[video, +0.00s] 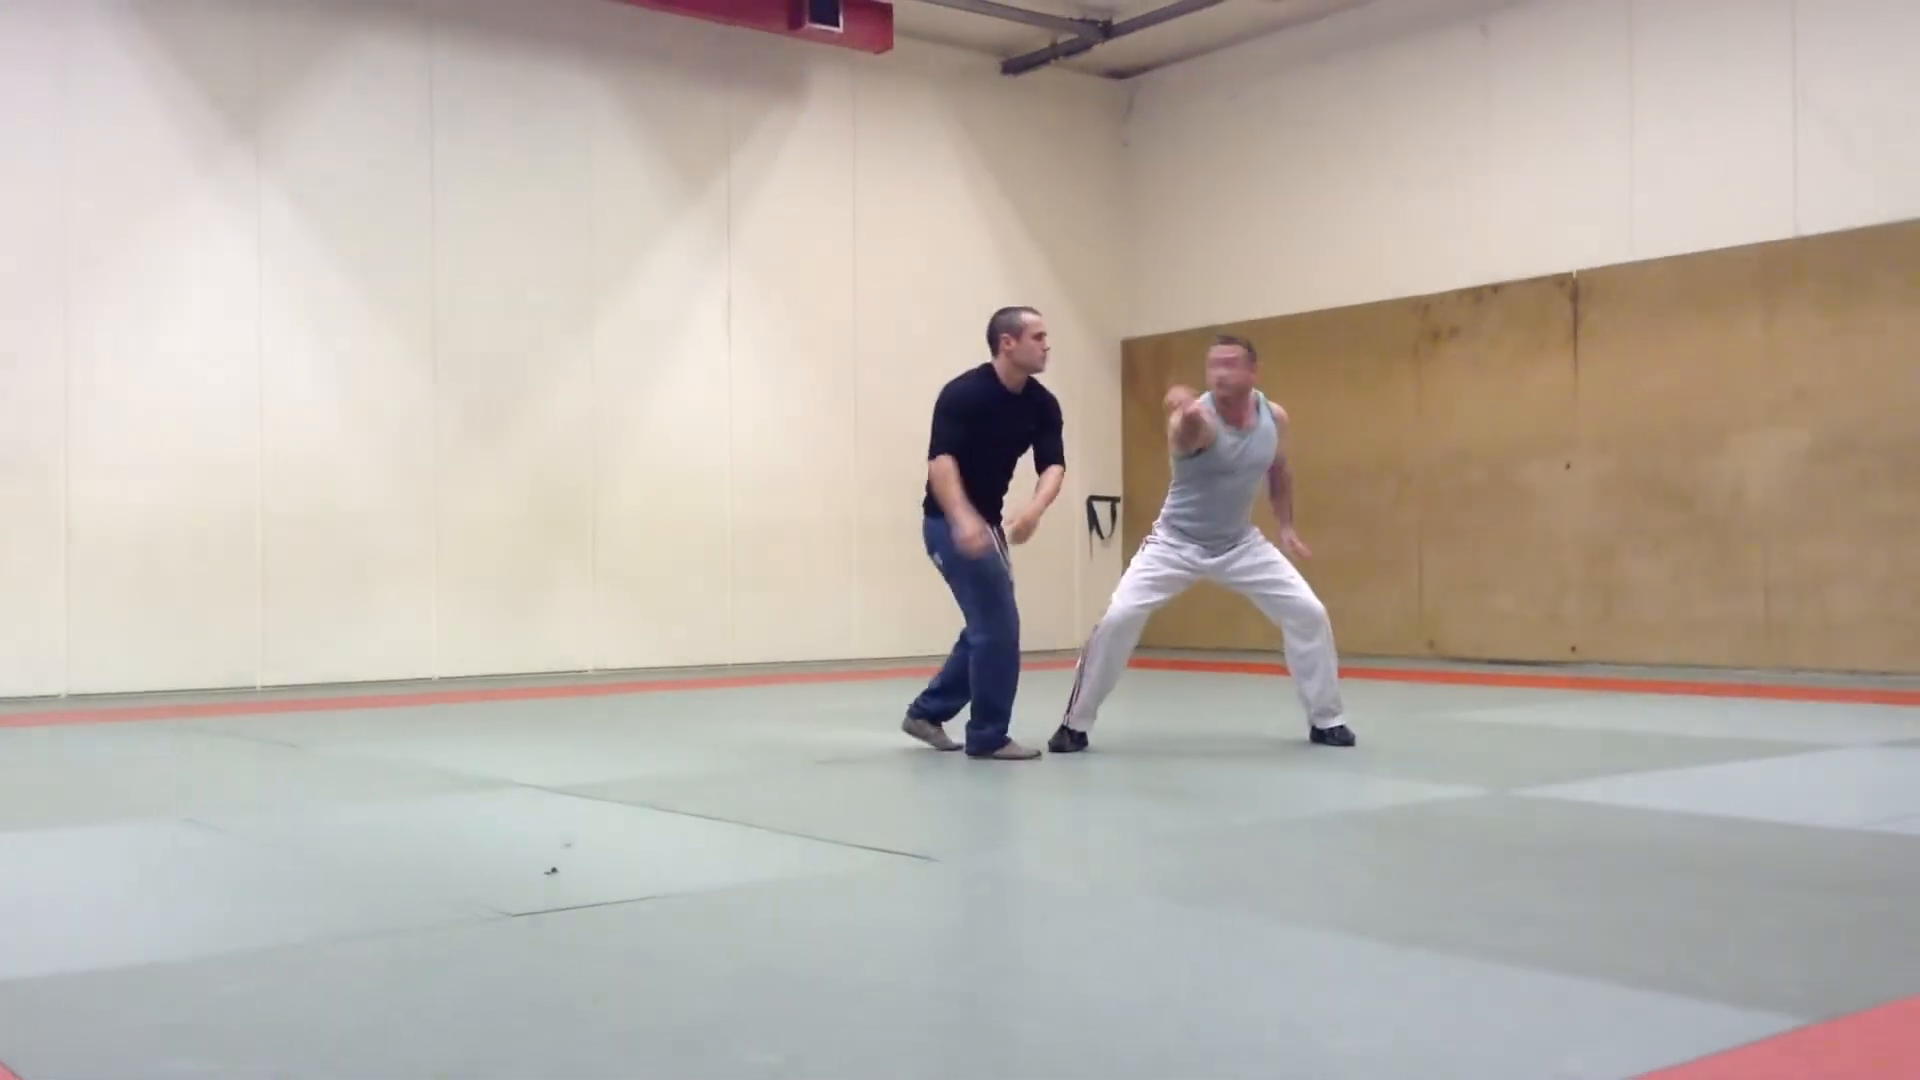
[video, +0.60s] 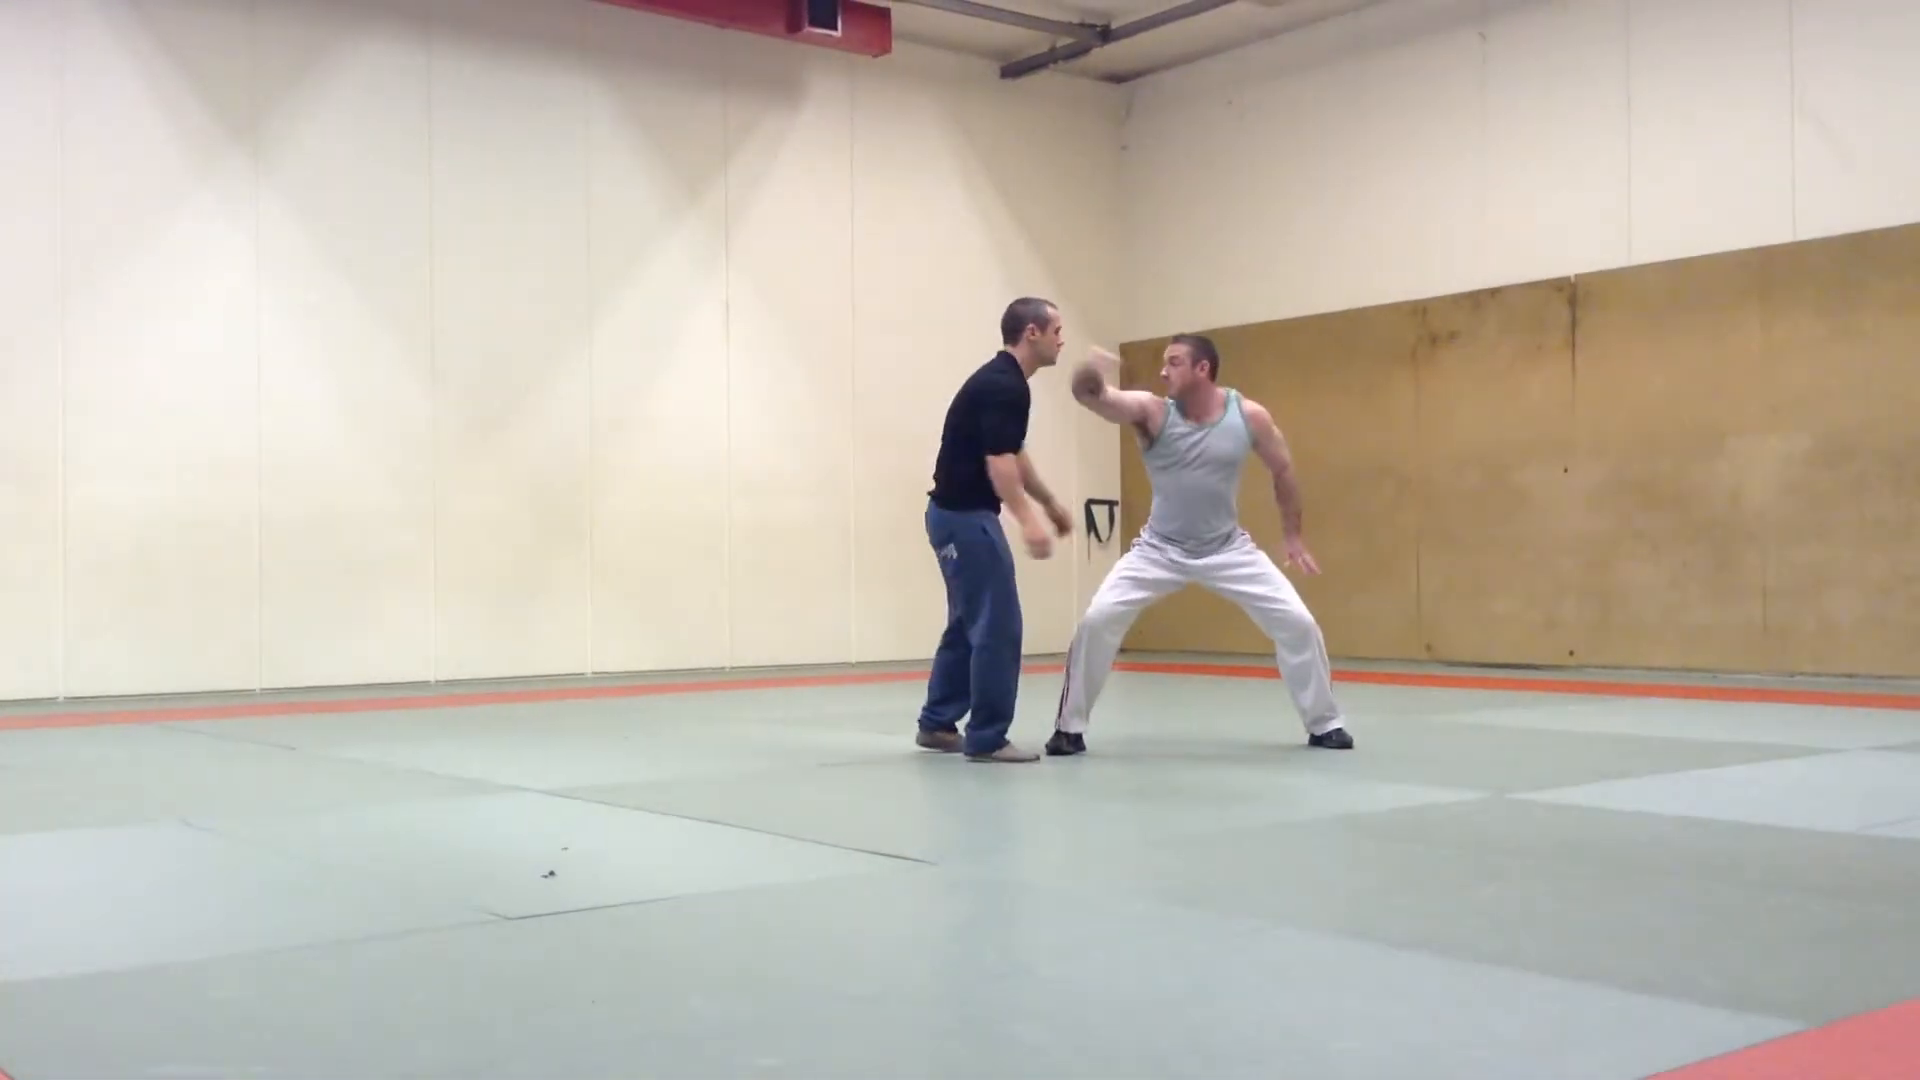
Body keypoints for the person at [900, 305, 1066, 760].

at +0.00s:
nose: (1047, 346)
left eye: (1046, 338)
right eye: (1037, 338)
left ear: (1018, 344)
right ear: (1007, 343)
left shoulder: (1041, 403)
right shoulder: (962, 394)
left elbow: (1052, 467)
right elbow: (941, 465)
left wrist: (1034, 510)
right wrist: (964, 518)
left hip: (989, 522)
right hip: (950, 521)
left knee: (990, 625)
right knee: (998, 623)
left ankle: (926, 713)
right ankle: (987, 737)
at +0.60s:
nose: (1061, 340)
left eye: (1060, 331)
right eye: (1056, 331)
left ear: (1025, 334)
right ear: (1031, 335)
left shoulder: (1006, 379)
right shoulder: (1004, 385)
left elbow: (1016, 460)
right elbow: (1002, 468)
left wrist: (1049, 501)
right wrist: (1030, 523)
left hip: (955, 517)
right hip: (969, 521)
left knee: (969, 622)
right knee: (999, 626)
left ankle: (937, 722)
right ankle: (987, 739)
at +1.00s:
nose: (988, 327)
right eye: (987, 320)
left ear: (943, 327)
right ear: (983, 322)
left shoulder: (919, 383)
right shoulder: (999, 376)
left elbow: (912, 462)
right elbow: (1030, 452)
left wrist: (924, 509)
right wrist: (1057, 501)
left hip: (943, 522)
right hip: (987, 524)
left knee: (959, 625)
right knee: (1005, 627)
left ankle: (937, 726)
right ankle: (986, 739)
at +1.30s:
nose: (956, 335)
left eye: (951, 329)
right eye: (955, 328)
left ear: (910, 336)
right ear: (950, 329)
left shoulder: (894, 396)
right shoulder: (978, 371)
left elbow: (888, 476)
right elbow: (1023, 436)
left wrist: (894, 532)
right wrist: (1046, 474)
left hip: (941, 528)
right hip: (987, 525)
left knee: (959, 628)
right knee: (1004, 627)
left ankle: (938, 727)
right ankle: (986, 737)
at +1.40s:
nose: (954, 335)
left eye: (949, 328)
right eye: (953, 328)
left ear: (907, 336)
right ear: (947, 329)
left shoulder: (891, 397)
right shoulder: (974, 371)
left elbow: (888, 477)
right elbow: (1020, 437)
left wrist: (899, 532)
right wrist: (1041, 475)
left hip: (941, 527)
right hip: (985, 525)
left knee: (960, 626)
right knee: (1005, 626)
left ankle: (938, 727)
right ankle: (987, 737)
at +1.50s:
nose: (956, 334)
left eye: (952, 328)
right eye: (955, 327)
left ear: (908, 334)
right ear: (948, 328)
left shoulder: (892, 395)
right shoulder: (972, 371)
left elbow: (894, 476)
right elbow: (1015, 439)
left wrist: (911, 527)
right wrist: (1033, 478)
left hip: (940, 527)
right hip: (984, 525)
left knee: (960, 626)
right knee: (1007, 624)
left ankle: (938, 726)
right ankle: (988, 736)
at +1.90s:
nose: (970, 333)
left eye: (969, 325)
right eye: (969, 325)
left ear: (923, 326)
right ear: (957, 324)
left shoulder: (898, 380)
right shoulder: (964, 376)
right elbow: (996, 445)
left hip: (937, 515)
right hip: (979, 511)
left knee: (963, 617)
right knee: (1009, 616)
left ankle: (940, 721)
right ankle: (990, 732)